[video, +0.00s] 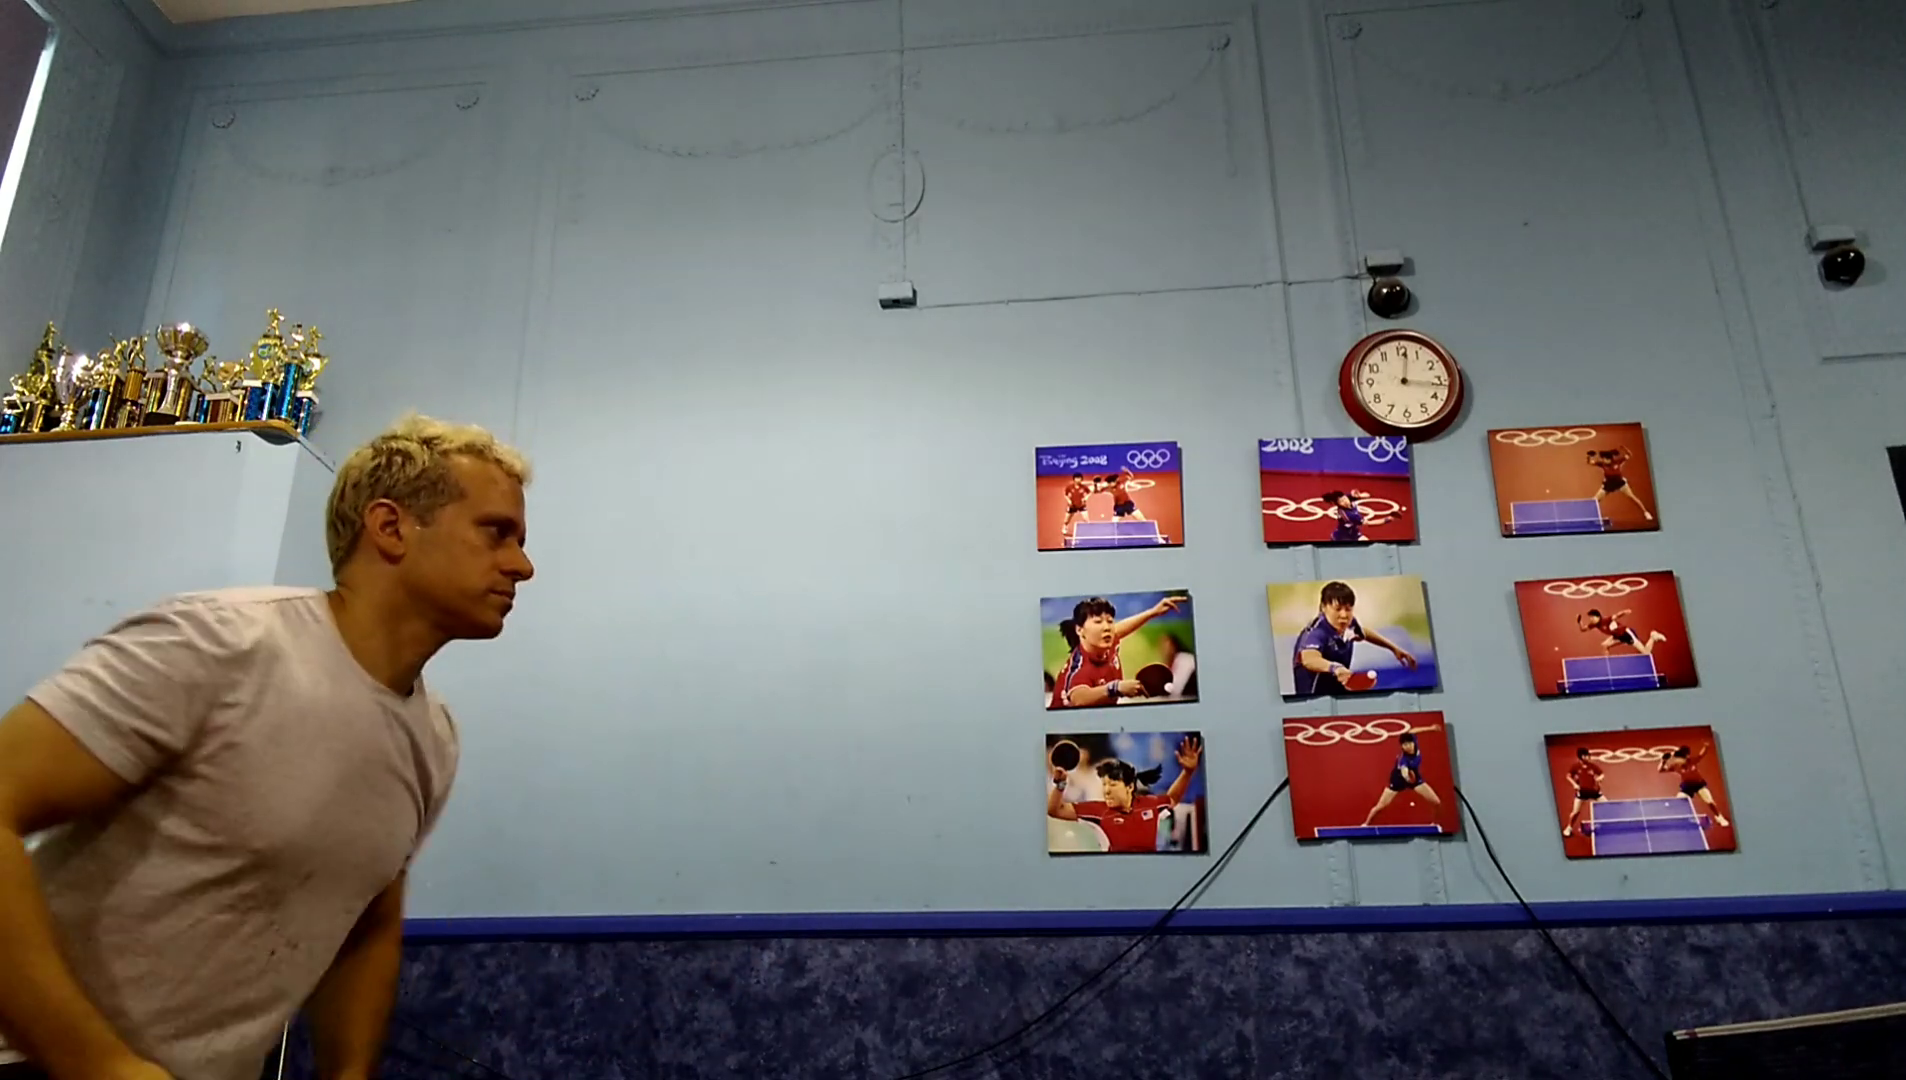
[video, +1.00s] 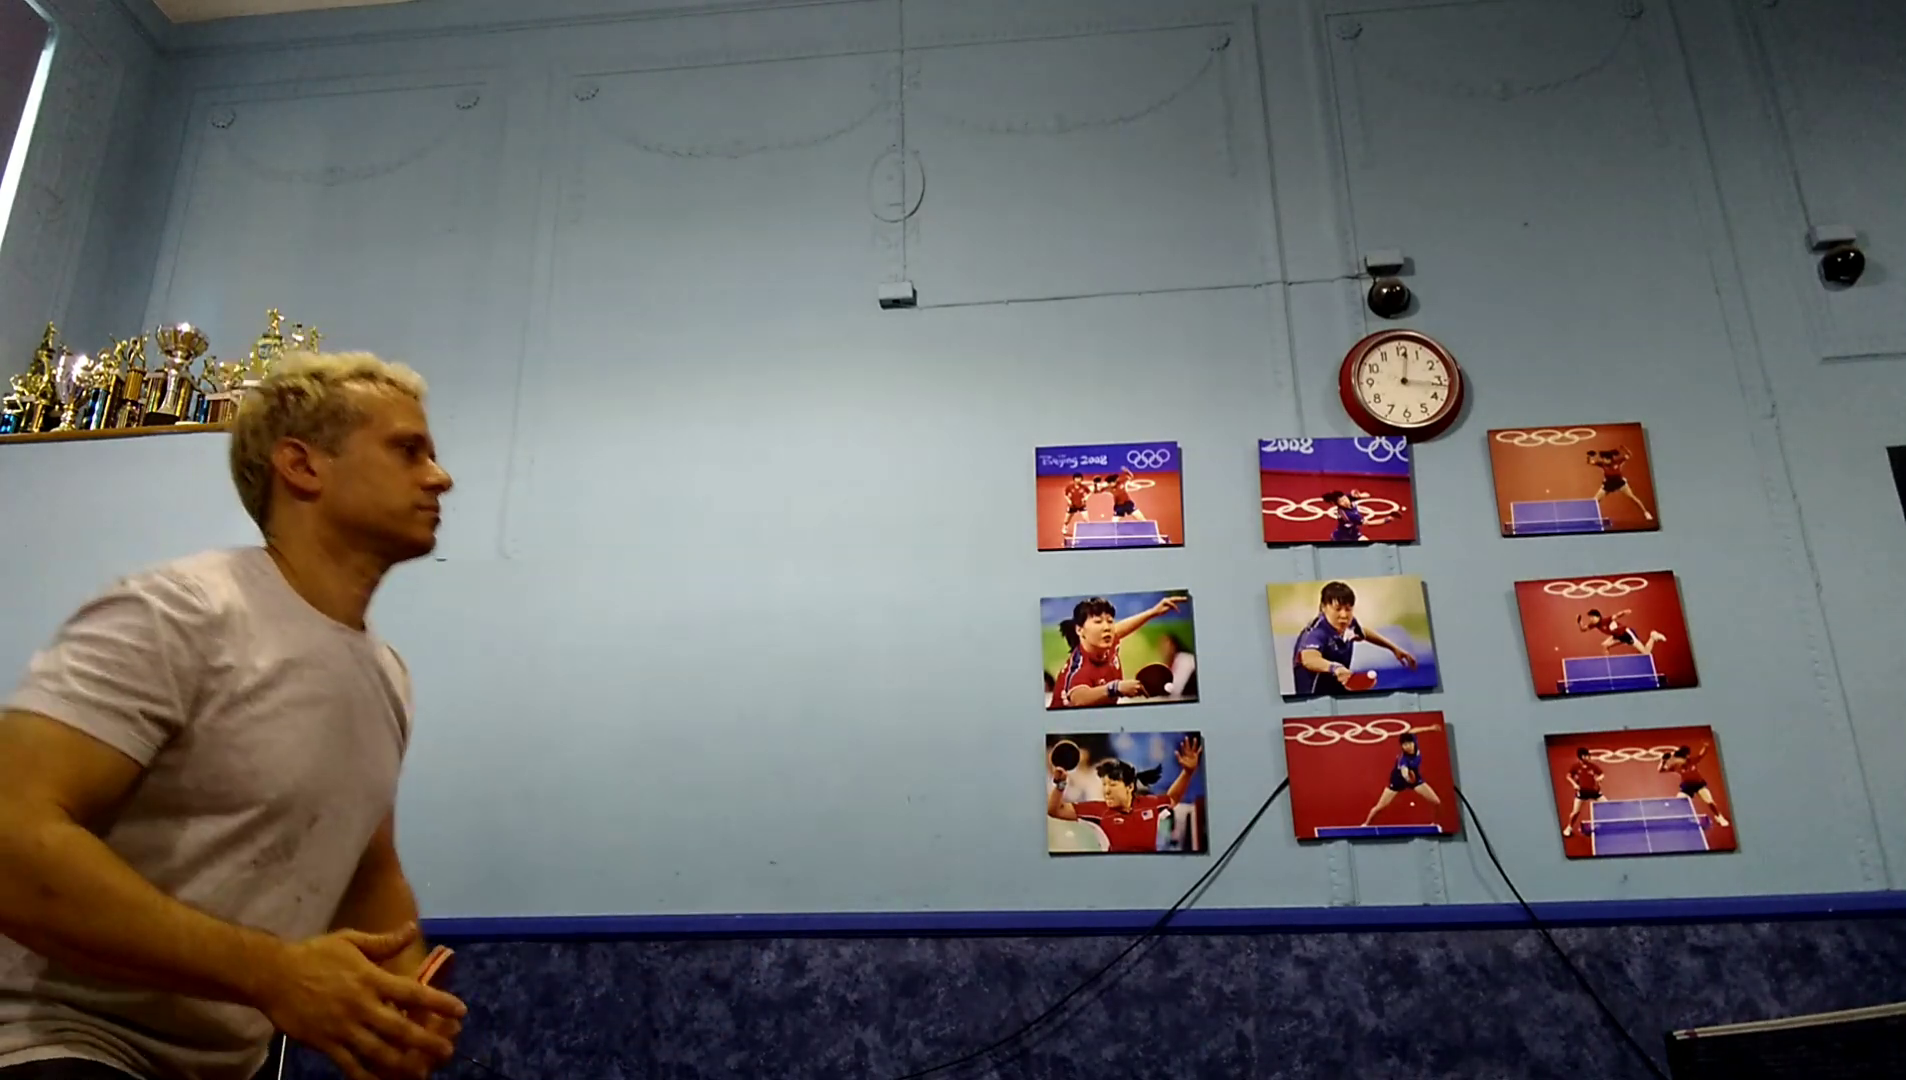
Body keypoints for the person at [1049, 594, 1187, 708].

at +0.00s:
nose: (1107, 628)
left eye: (1110, 622)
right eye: (1098, 622)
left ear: (1114, 626)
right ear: (1080, 630)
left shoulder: (1109, 644)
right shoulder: (1079, 666)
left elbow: (1119, 630)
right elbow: (1078, 698)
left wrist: (1154, 612)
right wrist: (1115, 687)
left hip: (1102, 724)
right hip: (1070, 729)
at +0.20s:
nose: (1107, 628)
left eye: (1109, 622)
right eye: (1098, 622)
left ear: (1114, 626)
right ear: (1080, 630)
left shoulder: (1109, 644)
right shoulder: (1079, 666)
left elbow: (1119, 630)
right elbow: (1078, 698)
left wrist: (1154, 612)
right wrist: (1115, 687)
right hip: (1069, 729)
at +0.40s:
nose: (1107, 628)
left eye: (1110, 622)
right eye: (1098, 622)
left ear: (1114, 626)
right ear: (1080, 630)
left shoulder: (1109, 644)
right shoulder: (1079, 666)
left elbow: (1119, 630)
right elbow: (1078, 698)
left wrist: (1154, 612)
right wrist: (1115, 687)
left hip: (1102, 724)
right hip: (1070, 729)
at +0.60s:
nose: (1107, 628)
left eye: (1110, 622)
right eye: (1098, 622)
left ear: (1114, 626)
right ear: (1080, 630)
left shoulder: (1109, 644)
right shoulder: (1079, 666)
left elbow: (1120, 629)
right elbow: (1078, 698)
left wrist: (1154, 611)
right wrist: (1115, 687)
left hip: (1102, 724)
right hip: (1069, 729)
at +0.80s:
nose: (1107, 628)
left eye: (1110, 622)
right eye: (1098, 622)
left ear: (1114, 626)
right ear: (1080, 630)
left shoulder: (1109, 644)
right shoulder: (1078, 666)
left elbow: (1120, 629)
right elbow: (1078, 698)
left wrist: (1154, 611)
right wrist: (1115, 687)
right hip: (1069, 729)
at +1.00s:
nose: (1107, 628)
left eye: (1109, 622)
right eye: (1098, 622)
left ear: (1114, 626)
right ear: (1080, 630)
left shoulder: (1109, 644)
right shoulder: (1079, 666)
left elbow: (1120, 630)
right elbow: (1078, 698)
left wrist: (1154, 611)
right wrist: (1115, 687)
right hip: (1069, 730)